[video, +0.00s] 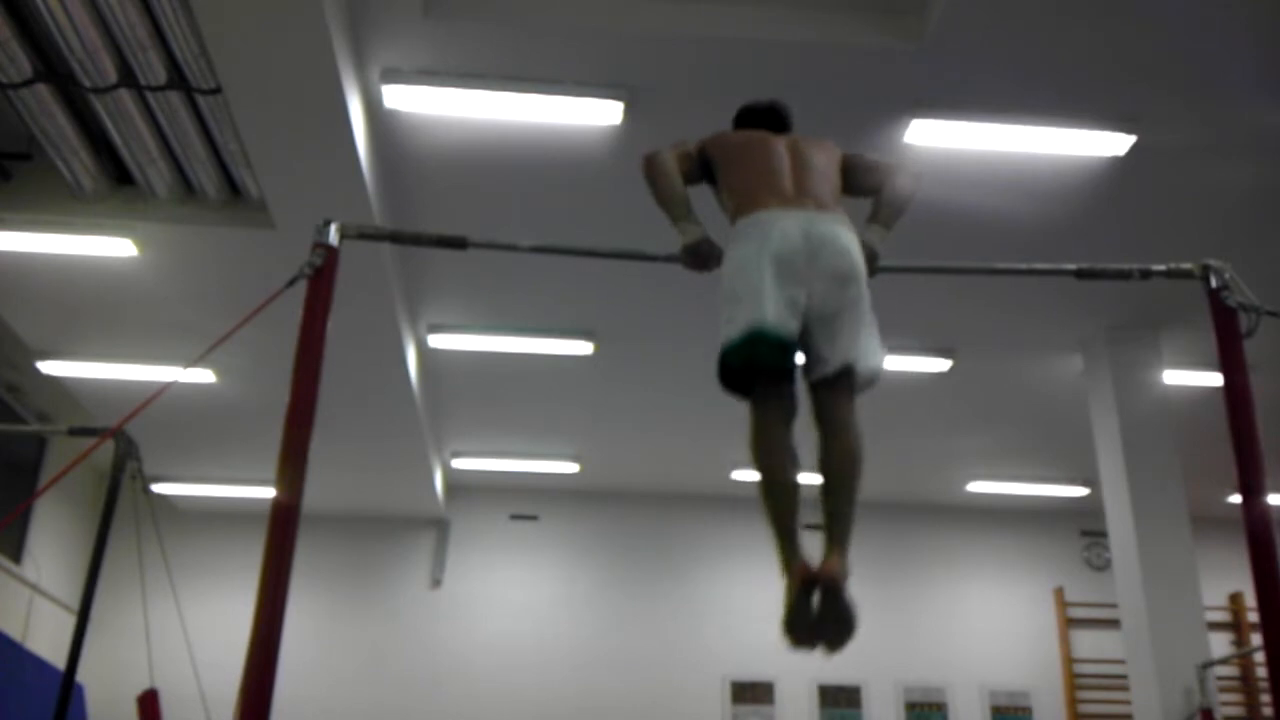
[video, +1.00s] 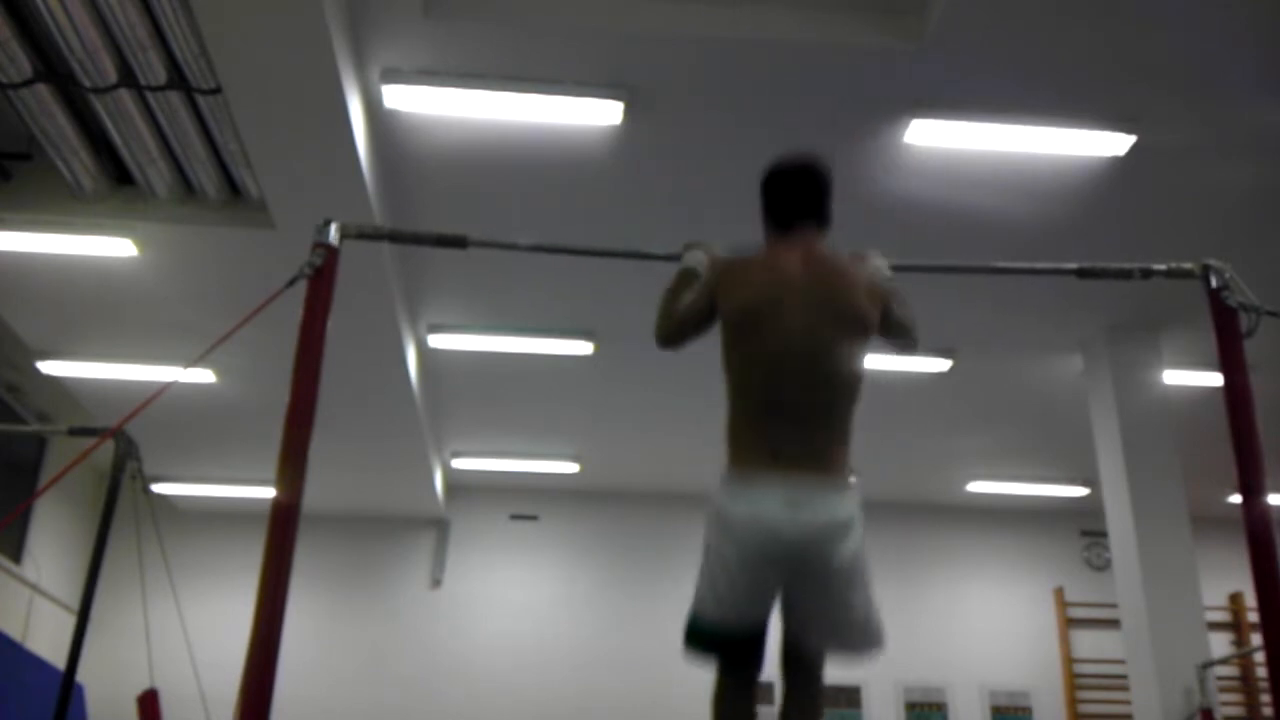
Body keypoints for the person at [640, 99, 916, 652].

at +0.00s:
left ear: (736, 131)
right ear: (792, 130)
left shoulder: (723, 145)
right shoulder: (826, 153)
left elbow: (658, 161)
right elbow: (896, 180)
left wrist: (689, 232)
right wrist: (874, 238)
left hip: (761, 238)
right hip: (835, 239)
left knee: (772, 416)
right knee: (838, 412)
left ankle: (795, 568)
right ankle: (836, 562)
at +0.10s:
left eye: (741, 104)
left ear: (738, 104)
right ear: (793, 106)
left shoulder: (722, 123)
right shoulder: (828, 133)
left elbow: (666, 163)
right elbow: (886, 176)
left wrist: (691, 232)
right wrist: (873, 232)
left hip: (762, 214)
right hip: (836, 214)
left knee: (781, 371)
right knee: (846, 368)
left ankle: (808, 518)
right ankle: (852, 504)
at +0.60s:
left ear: (752, 104)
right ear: (811, 106)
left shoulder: (737, 119)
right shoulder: (843, 129)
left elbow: (679, 151)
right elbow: (903, 177)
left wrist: (693, 235)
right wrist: (871, 243)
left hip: (769, 244)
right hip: (844, 250)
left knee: (772, 420)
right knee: (842, 419)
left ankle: (789, 576)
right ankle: (837, 573)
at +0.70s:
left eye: (762, 107)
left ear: (756, 107)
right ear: (814, 109)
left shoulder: (739, 128)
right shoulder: (849, 142)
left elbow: (678, 156)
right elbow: (915, 181)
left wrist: (694, 235)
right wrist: (871, 249)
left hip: (765, 279)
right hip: (840, 281)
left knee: (764, 467)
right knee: (835, 467)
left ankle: (778, 632)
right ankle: (822, 629)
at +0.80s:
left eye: (772, 106)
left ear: (765, 108)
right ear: (824, 110)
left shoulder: (743, 147)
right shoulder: (855, 160)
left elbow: (681, 212)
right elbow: (919, 235)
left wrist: (703, 247)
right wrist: (864, 251)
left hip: (764, 331)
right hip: (840, 335)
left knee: (757, 517)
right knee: (825, 518)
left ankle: (762, 686)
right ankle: (806, 692)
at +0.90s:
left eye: (770, 143)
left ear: (767, 144)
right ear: (831, 144)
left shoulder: (740, 200)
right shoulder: (861, 210)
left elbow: (671, 288)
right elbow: (919, 301)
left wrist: (716, 237)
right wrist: (871, 242)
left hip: (758, 421)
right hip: (834, 425)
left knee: (746, 596)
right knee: (815, 593)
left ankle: (745, 717)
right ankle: (800, 717)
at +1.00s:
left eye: (779, 209)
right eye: (812, 210)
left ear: (764, 213)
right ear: (827, 213)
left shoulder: (732, 278)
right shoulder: (852, 285)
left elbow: (670, 331)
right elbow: (905, 334)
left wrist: (690, 271)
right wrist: (880, 280)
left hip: (748, 505)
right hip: (824, 509)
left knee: (735, 674)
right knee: (806, 673)